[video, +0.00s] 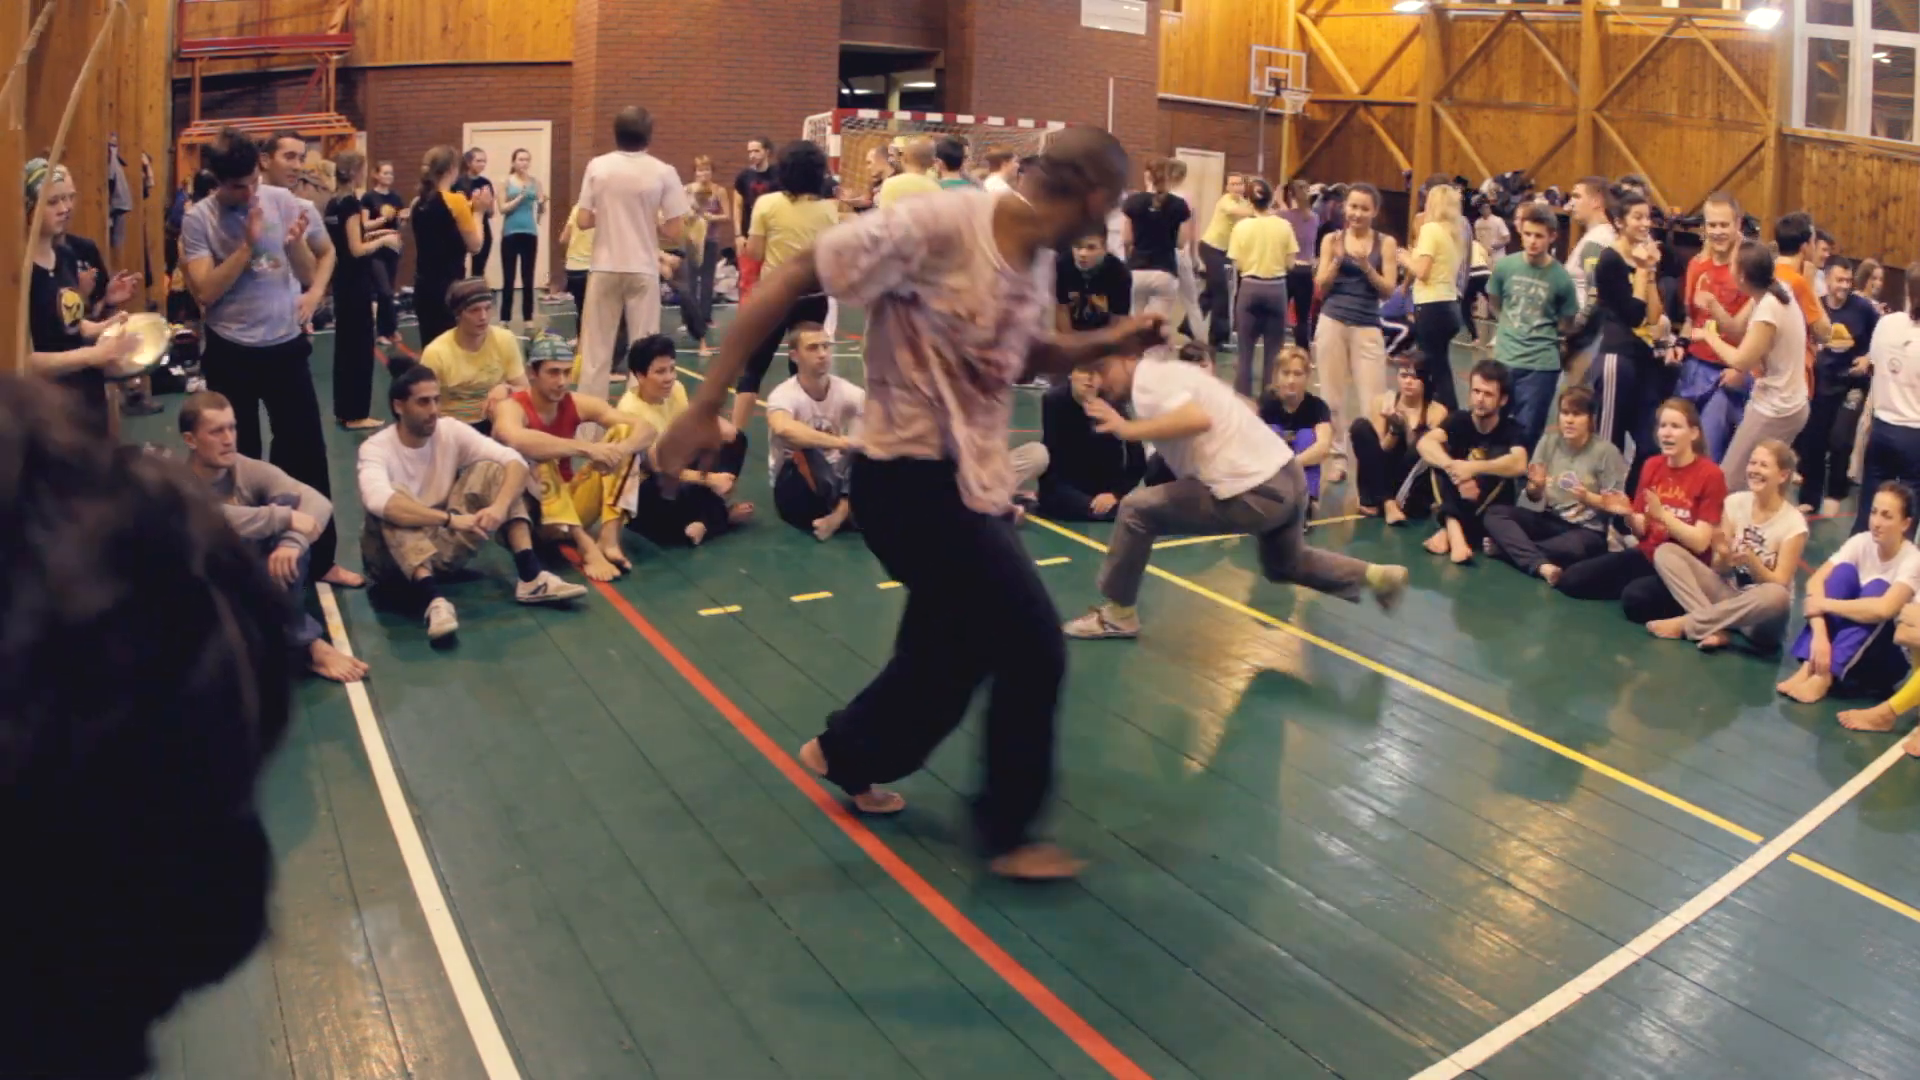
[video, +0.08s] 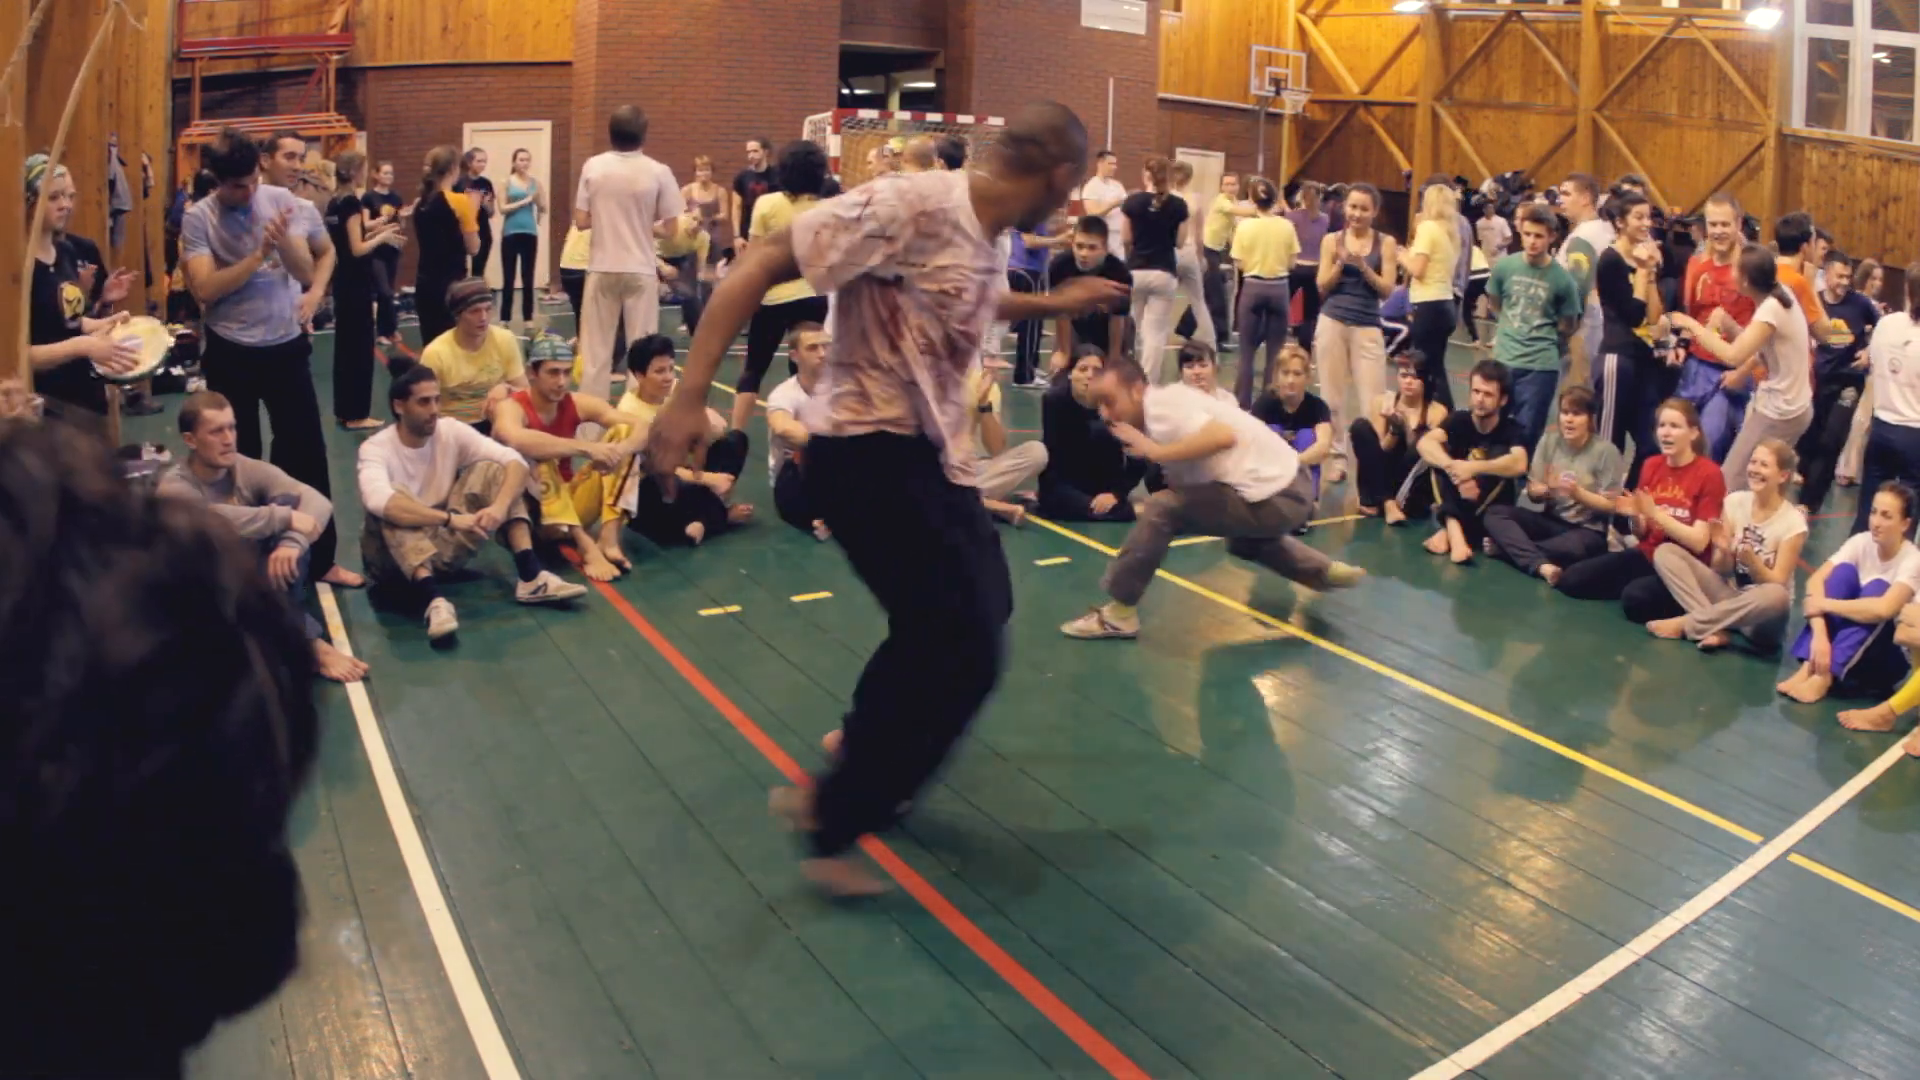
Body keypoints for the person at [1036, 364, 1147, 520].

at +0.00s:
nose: (1090, 378)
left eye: (1096, 372)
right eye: (1083, 370)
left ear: (1104, 378)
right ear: (1070, 374)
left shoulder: (1114, 405)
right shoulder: (1055, 401)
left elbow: (1138, 463)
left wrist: (1116, 494)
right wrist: (1090, 502)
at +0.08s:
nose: (1089, 376)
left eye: (1097, 370)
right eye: (1083, 369)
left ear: (1105, 376)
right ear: (1070, 373)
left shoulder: (1116, 405)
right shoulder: (1056, 400)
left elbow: (1138, 459)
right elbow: (1052, 463)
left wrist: (1116, 494)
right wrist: (1089, 501)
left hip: (1104, 487)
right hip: (1065, 485)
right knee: (1051, 504)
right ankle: (1130, 512)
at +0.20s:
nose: (1090, 376)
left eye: (1096, 371)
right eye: (1083, 369)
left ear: (1103, 376)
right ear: (1070, 374)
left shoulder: (1113, 408)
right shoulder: (1054, 402)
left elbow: (1136, 460)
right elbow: (1051, 455)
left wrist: (1116, 494)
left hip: (1103, 482)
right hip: (1066, 481)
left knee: (1106, 429)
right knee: (1052, 503)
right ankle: (1130, 512)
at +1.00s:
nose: (1090, 376)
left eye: (1096, 371)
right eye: (1083, 370)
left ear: (1103, 376)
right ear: (1070, 375)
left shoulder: (1112, 409)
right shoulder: (1059, 407)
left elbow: (1138, 462)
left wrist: (1115, 493)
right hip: (1072, 484)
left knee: (1105, 430)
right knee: (1066, 505)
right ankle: (1130, 512)